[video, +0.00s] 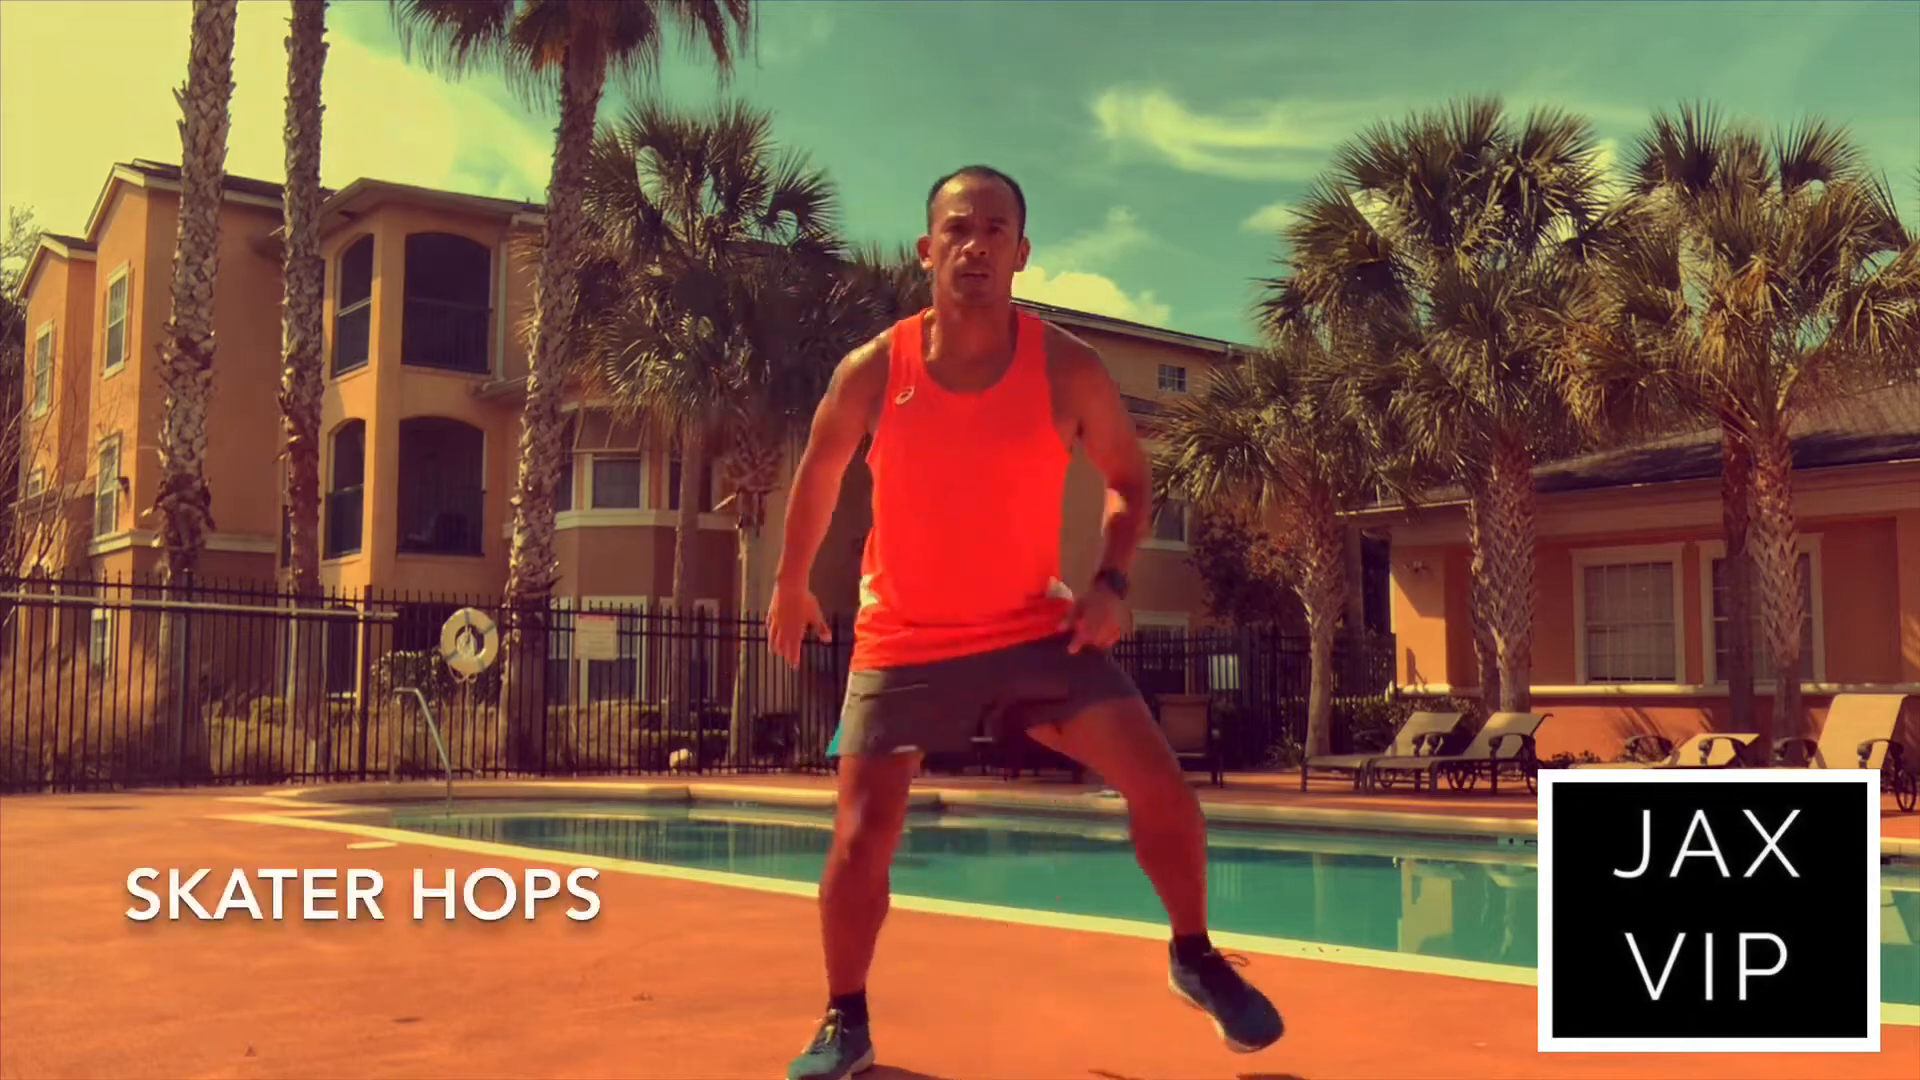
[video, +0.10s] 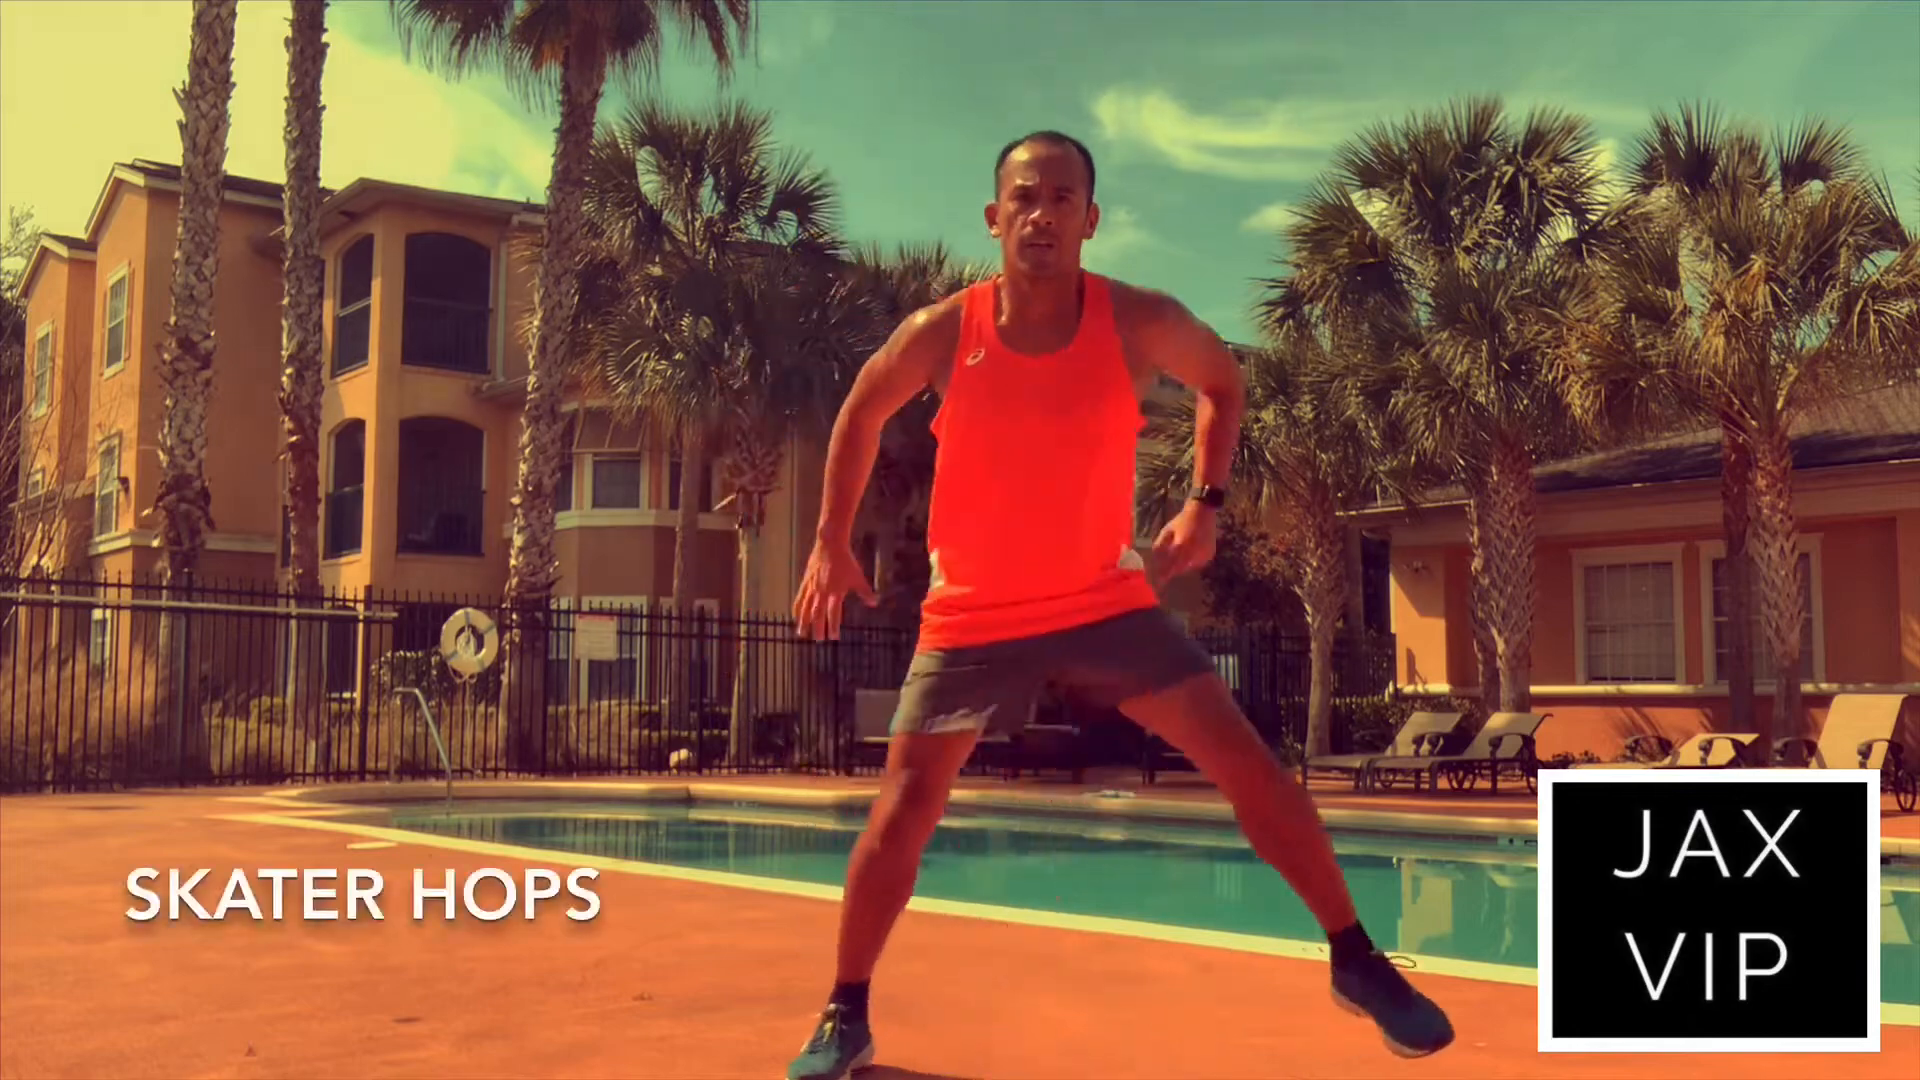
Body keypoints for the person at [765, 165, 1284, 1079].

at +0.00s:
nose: (972, 244)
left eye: (992, 229)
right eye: (956, 229)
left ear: (1021, 250)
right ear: (926, 250)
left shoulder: (1067, 369)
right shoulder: (871, 372)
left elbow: (1128, 482)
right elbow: (820, 473)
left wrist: (1110, 583)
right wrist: (791, 580)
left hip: (1032, 631)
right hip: (899, 643)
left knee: (1156, 777)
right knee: (861, 831)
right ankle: (845, 1020)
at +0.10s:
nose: (1039, 212)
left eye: (1059, 196)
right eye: (1022, 196)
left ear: (1090, 216)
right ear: (993, 217)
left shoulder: (1139, 321)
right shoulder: (943, 332)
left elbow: (1223, 386)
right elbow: (861, 414)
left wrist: (1205, 501)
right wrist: (832, 543)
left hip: (1106, 603)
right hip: (969, 619)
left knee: (1243, 757)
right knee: (905, 802)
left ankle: (1355, 954)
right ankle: (845, 1012)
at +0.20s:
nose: (1119, 191)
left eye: (1140, 175)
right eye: (1103, 175)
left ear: (1171, 196)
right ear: (1074, 197)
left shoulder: (1226, 307)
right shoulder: (1021, 326)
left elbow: (1295, 363)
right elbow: (929, 435)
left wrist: (1291, 481)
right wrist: (888, 562)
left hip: (1200, 598)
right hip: (1056, 606)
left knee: (1316, 774)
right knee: (973, 791)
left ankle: (1437, 980)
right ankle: (921, 954)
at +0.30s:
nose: (1206, 228)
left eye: (1224, 210)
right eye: (1186, 212)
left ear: (1255, 229)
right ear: (1153, 235)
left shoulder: (1309, 347)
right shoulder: (1109, 371)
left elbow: (1359, 437)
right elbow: (1028, 516)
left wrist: (1372, 545)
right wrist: (1010, 655)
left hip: (1286, 628)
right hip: (1146, 641)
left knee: (1372, 816)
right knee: (1071, 842)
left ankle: (1434, 1042)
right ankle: (1081, 867)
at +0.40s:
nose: (1276, 271)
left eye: (1295, 255)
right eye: (1255, 257)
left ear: (1323, 280)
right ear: (1222, 284)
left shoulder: (1371, 390)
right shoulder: (1179, 423)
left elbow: (1424, 473)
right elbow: (1143, 587)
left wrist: (1468, 565)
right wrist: (1188, 718)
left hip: (1340, 656)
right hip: (1218, 682)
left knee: (1406, 821)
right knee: (1210, 907)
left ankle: (1438, 1046)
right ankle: (1256, 806)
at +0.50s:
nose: (1323, 319)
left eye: (1344, 301)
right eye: (1302, 303)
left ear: (1374, 324)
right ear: (1270, 330)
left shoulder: (1409, 429)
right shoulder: (1233, 459)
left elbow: (1468, 489)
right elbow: (1257, 621)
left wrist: (1529, 563)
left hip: (1382, 688)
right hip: (1265, 716)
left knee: (1445, 835)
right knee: (1312, 946)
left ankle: (1445, 1048)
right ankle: (1377, 847)